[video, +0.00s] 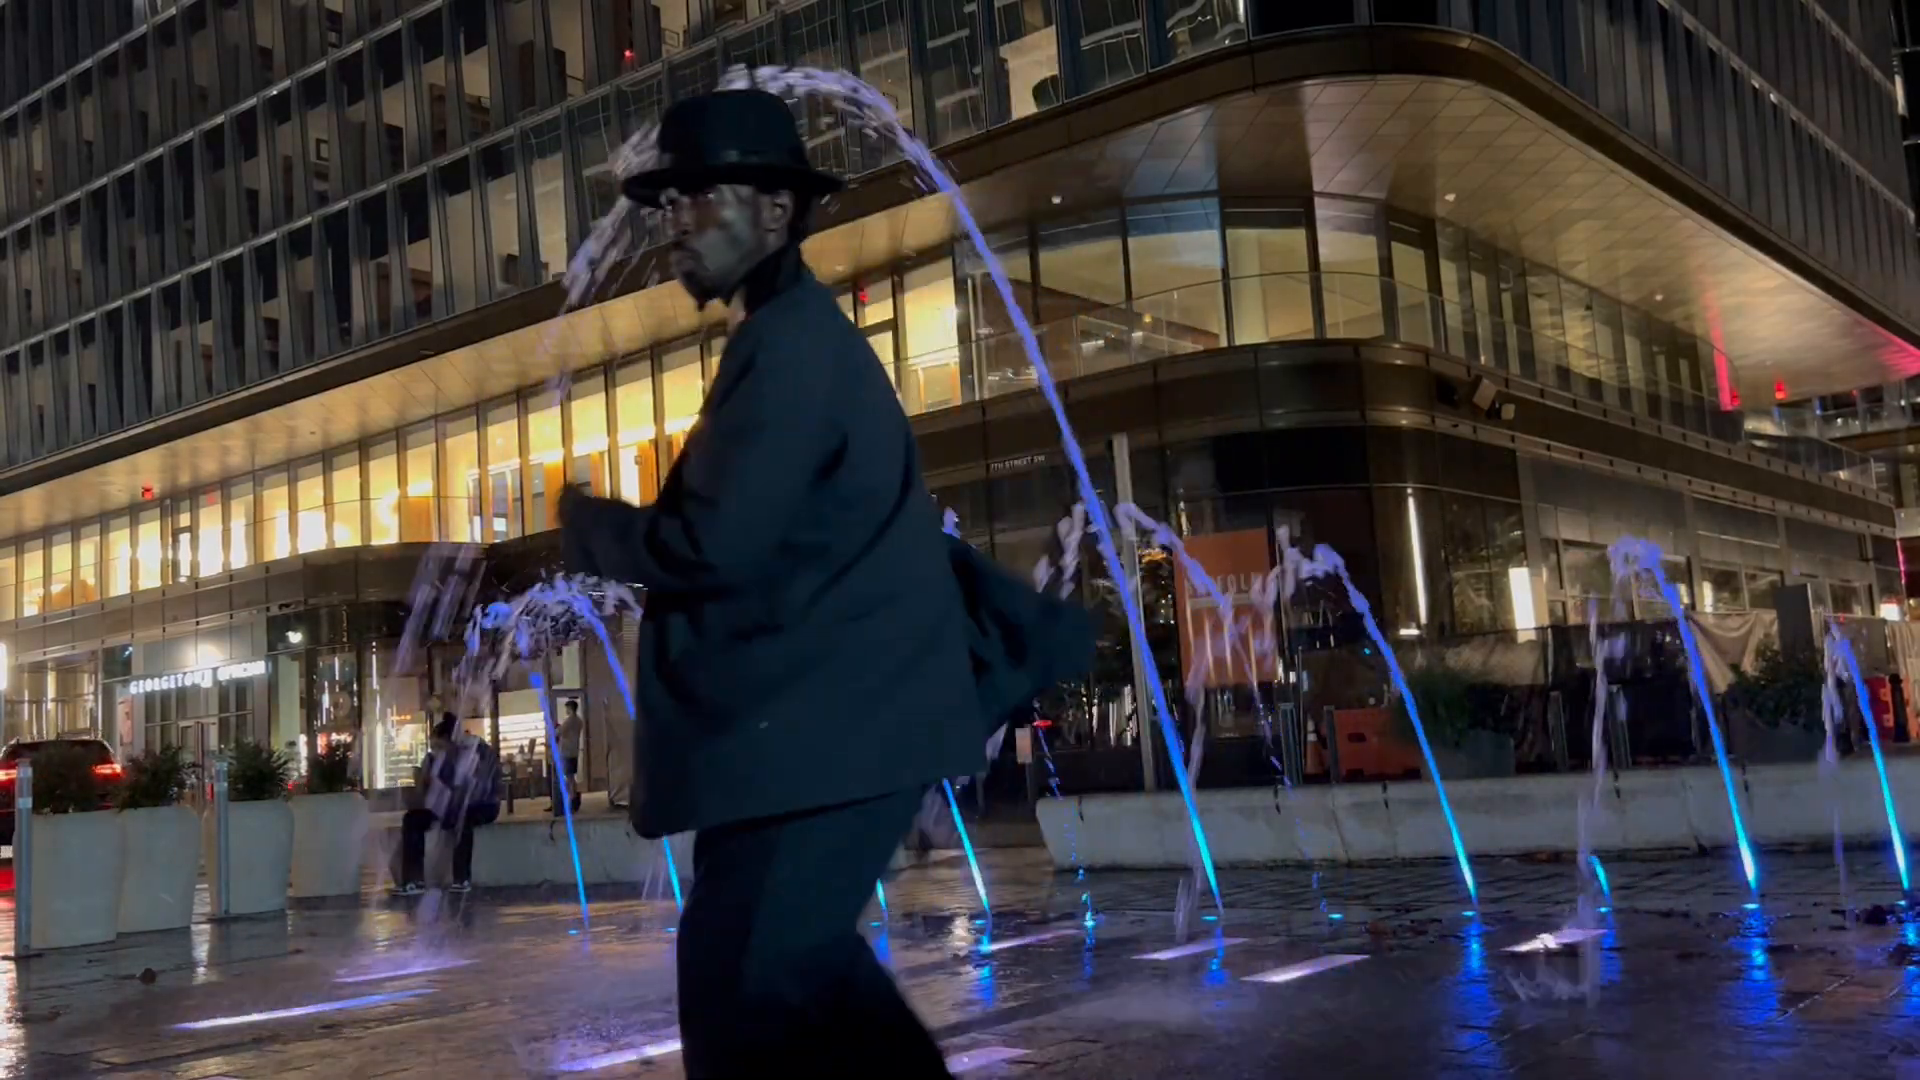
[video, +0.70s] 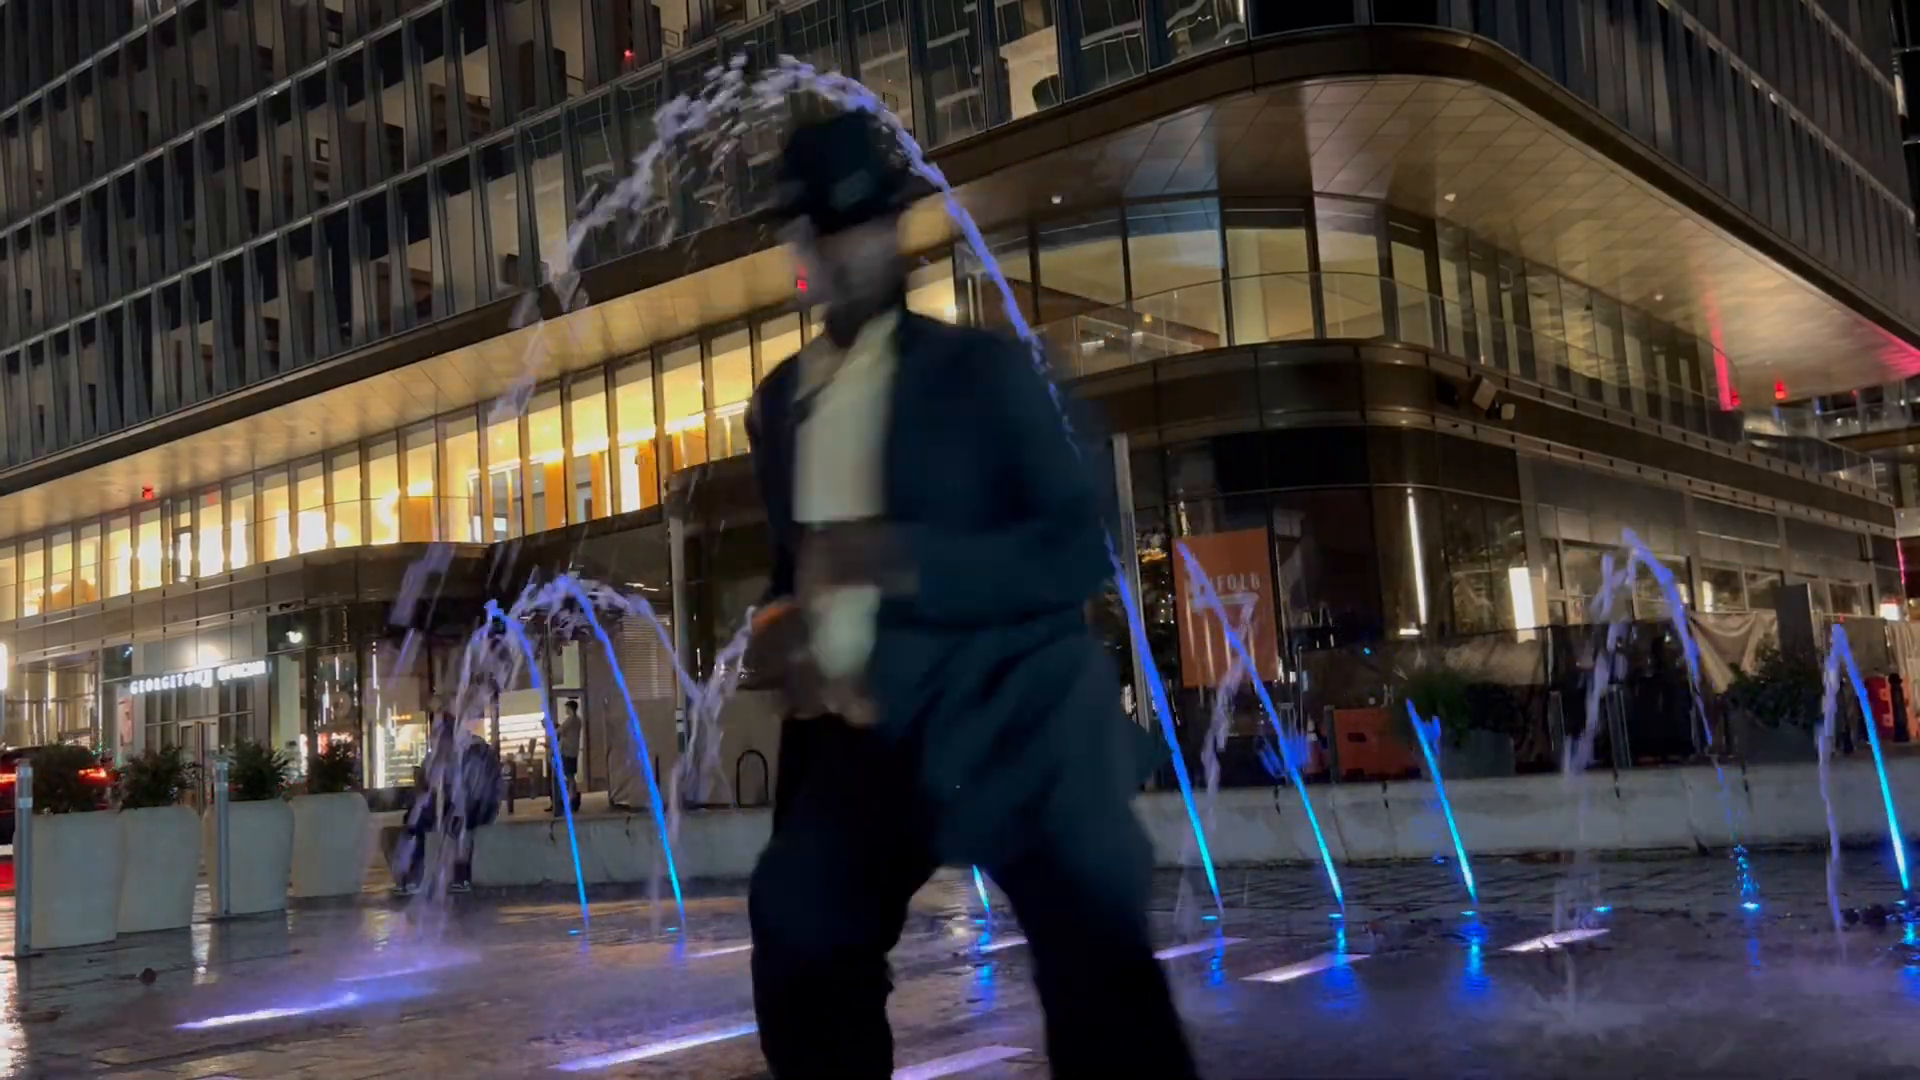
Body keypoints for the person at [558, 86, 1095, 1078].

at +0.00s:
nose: (672, 229)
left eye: (694, 202)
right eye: (669, 207)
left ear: (772, 213)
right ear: (762, 220)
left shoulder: (787, 348)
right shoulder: (797, 336)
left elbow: (714, 543)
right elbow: (889, 530)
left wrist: (595, 529)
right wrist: (1027, 627)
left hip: (824, 746)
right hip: (846, 738)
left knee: (739, 982)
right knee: (795, 958)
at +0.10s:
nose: (658, 218)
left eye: (681, 193)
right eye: (657, 196)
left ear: (757, 206)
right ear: (746, 211)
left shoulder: (772, 324)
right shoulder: (774, 316)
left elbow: (737, 526)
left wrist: (669, 482)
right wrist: (983, 664)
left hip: (838, 705)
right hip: (853, 700)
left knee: (751, 952)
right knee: (793, 951)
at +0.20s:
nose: (674, 238)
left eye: (693, 212)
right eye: (668, 217)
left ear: (763, 215)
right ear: (742, 222)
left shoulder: (790, 322)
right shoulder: (768, 327)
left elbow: (772, 523)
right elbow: (774, 514)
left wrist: (696, 482)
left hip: (871, 694)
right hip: (862, 693)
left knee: (726, 929)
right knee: (784, 939)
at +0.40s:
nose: (725, 249)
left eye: (744, 221)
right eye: (708, 230)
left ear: (802, 212)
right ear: (696, 239)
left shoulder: (833, 318)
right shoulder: (797, 326)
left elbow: (774, 476)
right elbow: (800, 494)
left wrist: (678, 451)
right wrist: (709, 479)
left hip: (896, 692)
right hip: (850, 690)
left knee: (807, 912)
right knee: (775, 891)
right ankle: (824, 1079)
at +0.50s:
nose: (728, 258)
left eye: (748, 231)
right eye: (710, 240)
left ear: (802, 225)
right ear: (697, 248)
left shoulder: (826, 332)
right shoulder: (786, 340)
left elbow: (761, 502)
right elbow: (813, 533)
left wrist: (667, 436)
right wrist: (715, 565)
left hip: (932, 693)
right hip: (858, 693)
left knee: (916, 927)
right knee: (780, 910)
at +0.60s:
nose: (737, 301)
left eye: (760, 275)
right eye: (722, 279)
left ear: (816, 269)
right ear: (710, 282)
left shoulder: (853, 391)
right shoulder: (797, 393)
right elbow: (827, 575)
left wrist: (721, 515)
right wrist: (733, 620)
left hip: (981, 735)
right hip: (913, 735)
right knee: (802, 910)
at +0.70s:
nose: (833, 253)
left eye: (854, 223)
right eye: (812, 232)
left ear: (899, 228)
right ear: (799, 249)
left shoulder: (986, 372)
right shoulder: (782, 404)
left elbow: (1076, 550)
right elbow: (797, 565)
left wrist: (906, 558)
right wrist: (784, 623)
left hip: (1014, 720)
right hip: (854, 744)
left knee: (1099, 971)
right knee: (804, 956)